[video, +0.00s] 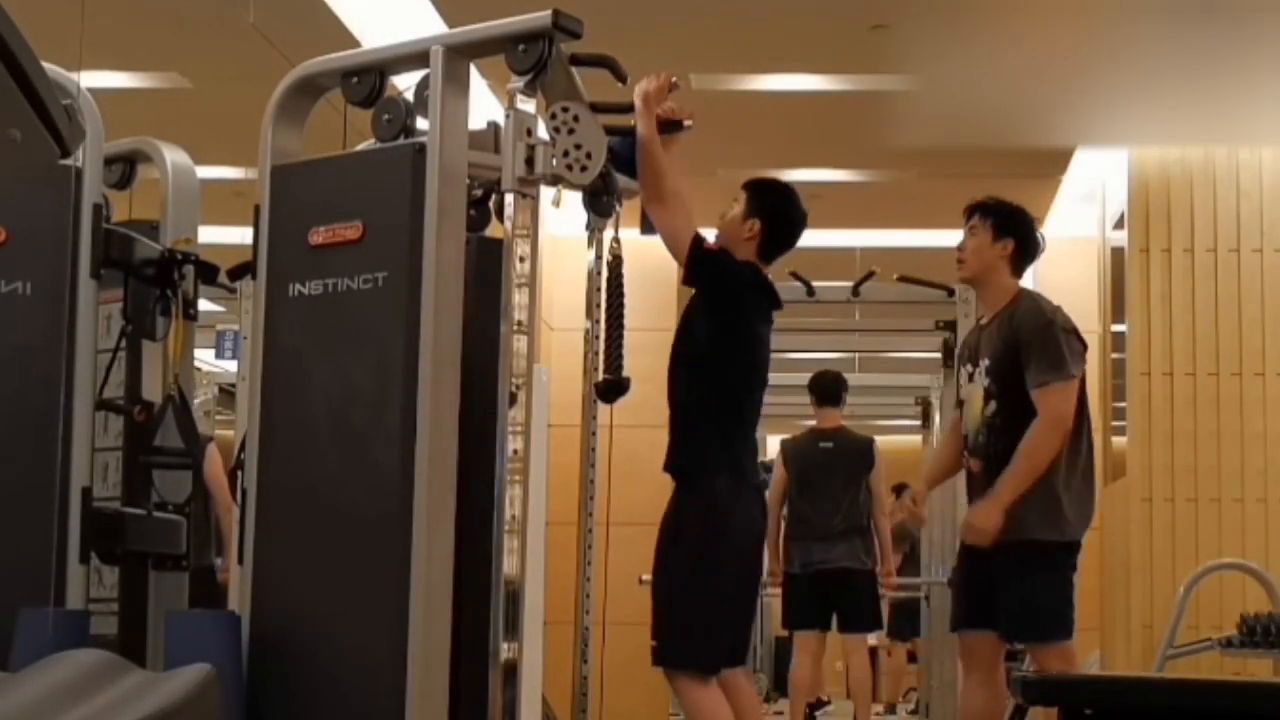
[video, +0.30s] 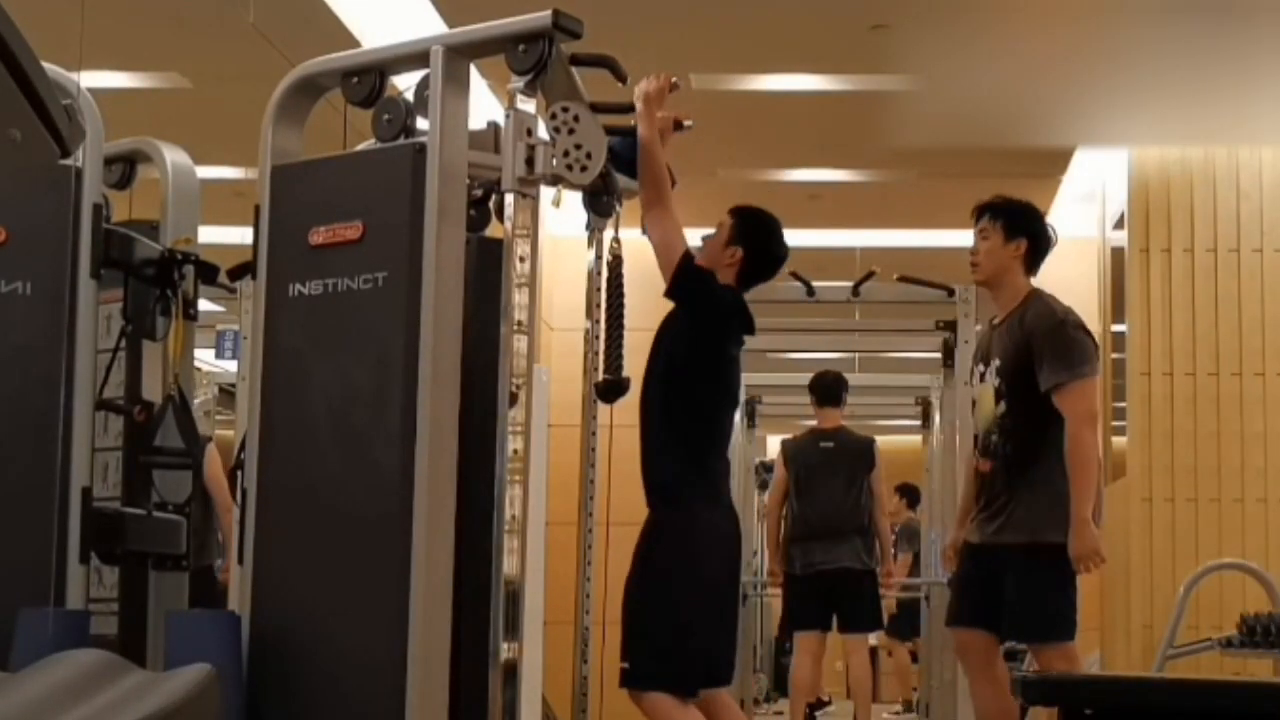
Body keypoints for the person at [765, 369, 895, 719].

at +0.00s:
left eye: (815, 397)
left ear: (811, 400)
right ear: (844, 399)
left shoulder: (790, 448)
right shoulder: (866, 447)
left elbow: (773, 509)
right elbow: (881, 510)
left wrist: (774, 560)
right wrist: (888, 561)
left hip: (805, 569)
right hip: (854, 568)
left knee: (805, 653)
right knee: (857, 652)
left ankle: (797, 717)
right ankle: (863, 716)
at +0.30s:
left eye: (816, 398)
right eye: (842, 397)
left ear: (812, 400)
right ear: (845, 400)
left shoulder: (791, 448)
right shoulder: (866, 447)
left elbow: (773, 507)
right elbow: (881, 509)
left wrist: (773, 557)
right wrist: (888, 559)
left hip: (806, 566)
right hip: (854, 565)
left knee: (806, 652)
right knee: (857, 651)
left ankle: (797, 716)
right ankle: (863, 716)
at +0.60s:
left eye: (815, 398)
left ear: (812, 400)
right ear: (845, 399)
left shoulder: (791, 448)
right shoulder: (866, 446)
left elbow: (774, 510)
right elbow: (879, 512)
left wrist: (774, 560)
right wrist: (887, 562)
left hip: (806, 567)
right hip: (854, 566)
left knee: (804, 651)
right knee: (858, 651)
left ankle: (795, 716)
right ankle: (863, 715)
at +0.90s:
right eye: (840, 410)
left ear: (812, 414)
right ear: (845, 413)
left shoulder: (791, 460)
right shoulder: (867, 459)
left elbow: (776, 520)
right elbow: (878, 522)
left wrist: (774, 572)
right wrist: (887, 572)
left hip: (806, 571)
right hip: (855, 570)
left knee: (802, 650)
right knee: (859, 648)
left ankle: (797, 716)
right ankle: (863, 715)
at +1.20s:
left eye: (815, 438)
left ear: (812, 442)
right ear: (845, 442)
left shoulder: (792, 484)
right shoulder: (866, 483)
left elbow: (777, 543)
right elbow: (879, 546)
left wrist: (773, 595)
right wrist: (887, 597)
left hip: (804, 577)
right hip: (855, 577)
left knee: (797, 651)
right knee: (862, 650)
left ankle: (795, 716)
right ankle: (864, 715)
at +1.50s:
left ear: (813, 464)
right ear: (846, 463)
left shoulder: (793, 501)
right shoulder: (866, 501)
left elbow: (778, 561)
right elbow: (880, 561)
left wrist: (774, 611)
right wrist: (886, 615)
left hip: (804, 583)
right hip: (857, 581)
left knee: (798, 653)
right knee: (865, 652)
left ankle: (795, 715)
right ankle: (865, 716)